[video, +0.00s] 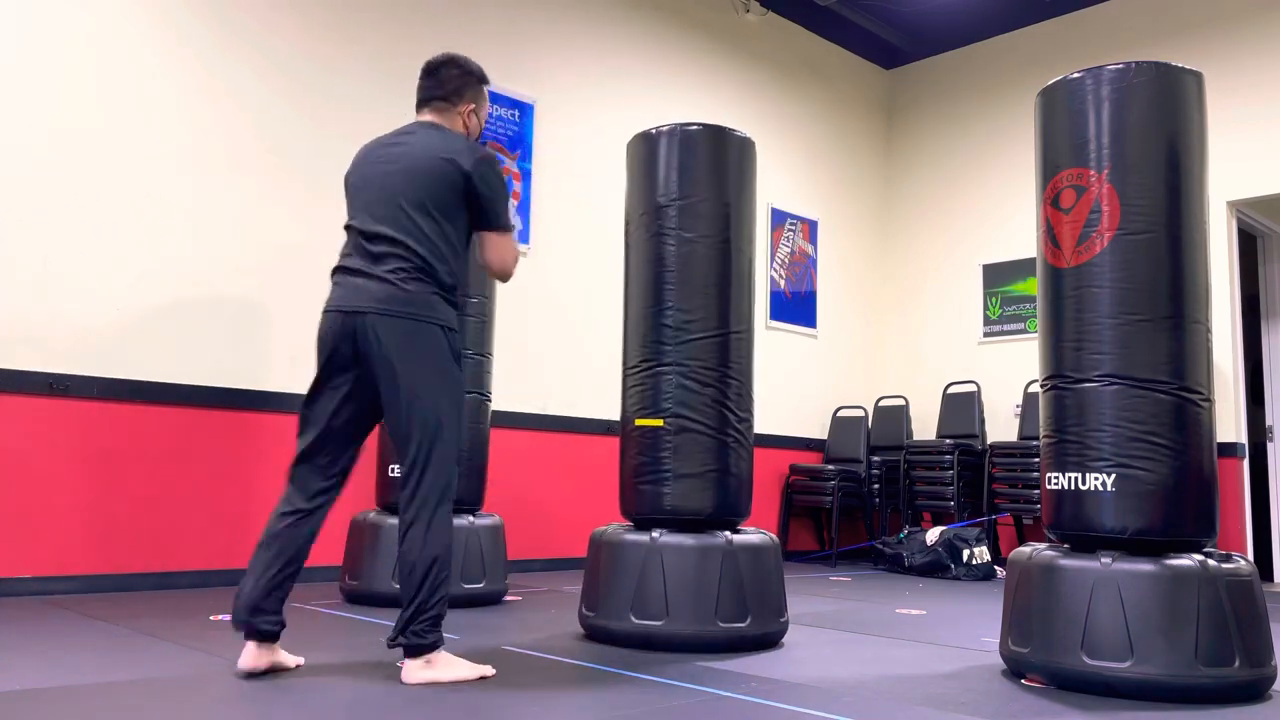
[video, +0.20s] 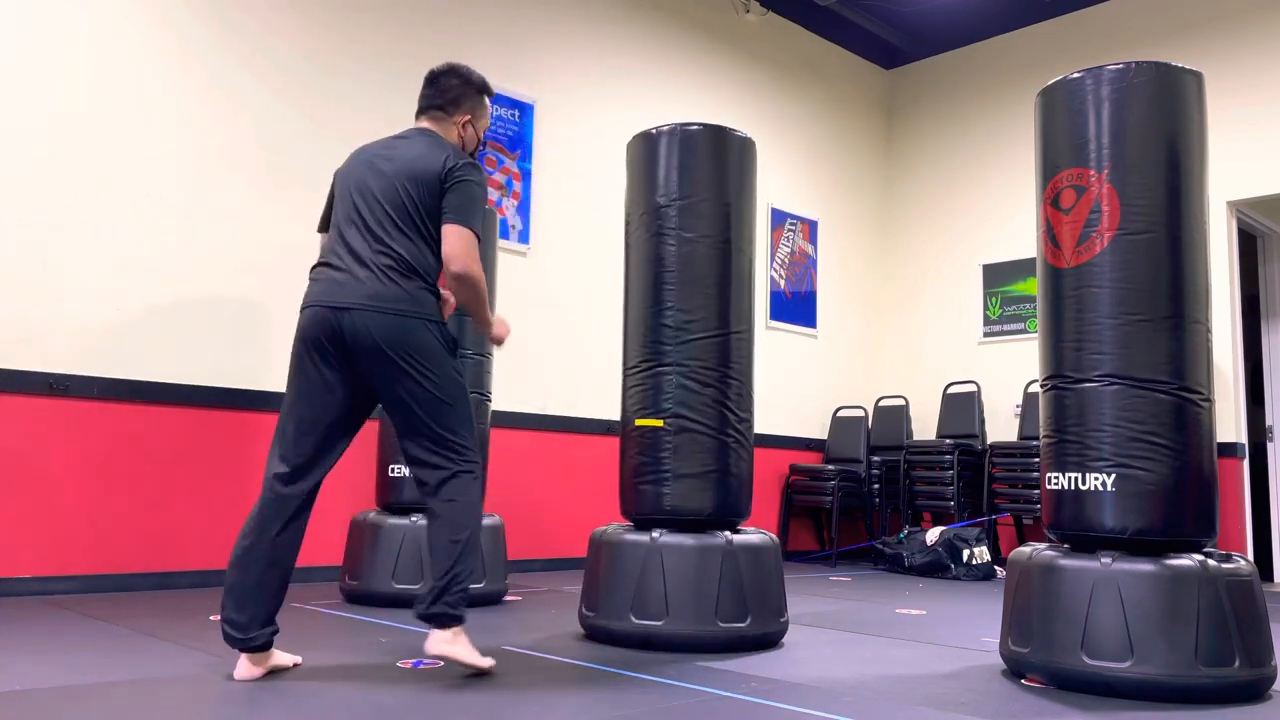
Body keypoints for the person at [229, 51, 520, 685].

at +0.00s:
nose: (485, 119)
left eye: (485, 110)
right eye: (485, 109)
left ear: (423, 103)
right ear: (470, 108)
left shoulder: (371, 153)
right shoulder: (473, 161)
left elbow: (387, 225)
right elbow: (502, 263)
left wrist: (468, 191)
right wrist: (498, 200)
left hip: (344, 313)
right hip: (413, 322)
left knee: (312, 479)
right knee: (431, 483)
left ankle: (258, 639)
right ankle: (422, 650)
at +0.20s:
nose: (481, 135)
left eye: (482, 125)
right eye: (482, 124)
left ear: (425, 110)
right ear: (465, 117)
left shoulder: (361, 157)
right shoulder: (455, 164)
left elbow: (334, 243)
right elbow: (459, 265)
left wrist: (417, 282)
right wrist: (484, 321)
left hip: (323, 312)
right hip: (400, 320)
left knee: (289, 476)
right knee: (452, 468)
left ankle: (250, 644)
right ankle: (446, 625)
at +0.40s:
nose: (492, 135)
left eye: (492, 125)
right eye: (492, 124)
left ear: (433, 114)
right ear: (476, 119)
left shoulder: (391, 163)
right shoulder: (468, 162)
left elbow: (419, 270)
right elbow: (450, 237)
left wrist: (484, 262)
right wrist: (438, 329)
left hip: (351, 332)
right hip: (420, 335)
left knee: (306, 483)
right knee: (493, 473)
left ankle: (256, 643)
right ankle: (523, 630)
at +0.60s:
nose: (504, 111)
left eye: (504, 101)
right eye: (502, 99)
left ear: (467, 98)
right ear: (482, 95)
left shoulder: (476, 166)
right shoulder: (427, 124)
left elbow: (520, 253)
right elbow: (439, 168)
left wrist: (588, 255)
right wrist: (530, 211)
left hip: (487, 325)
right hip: (456, 325)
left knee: (505, 454)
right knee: (502, 463)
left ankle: (390, 480)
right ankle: (516, 630)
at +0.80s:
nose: (532, 131)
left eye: (532, 122)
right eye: (529, 120)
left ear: (497, 114)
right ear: (505, 113)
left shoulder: (486, 164)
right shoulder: (454, 145)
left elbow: (462, 256)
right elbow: (518, 196)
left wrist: (518, 264)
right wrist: (553, 154)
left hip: (511, 327)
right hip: (458, 337)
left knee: (596, 369)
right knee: (511, 479)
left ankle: (615, 437)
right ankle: (530, 629)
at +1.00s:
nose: (522, 140)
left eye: (523, 130)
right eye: (520, 128)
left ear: (483, 123)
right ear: (496, 122)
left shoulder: (474, 183)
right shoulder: (450, 162)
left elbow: (478, 280)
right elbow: (413, 232)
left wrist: (513, 249)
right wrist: (498, 241)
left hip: (447, 348)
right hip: (447, 349)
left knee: (438, 492)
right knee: (496, 485)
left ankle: (375, 620)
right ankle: (522, 631)